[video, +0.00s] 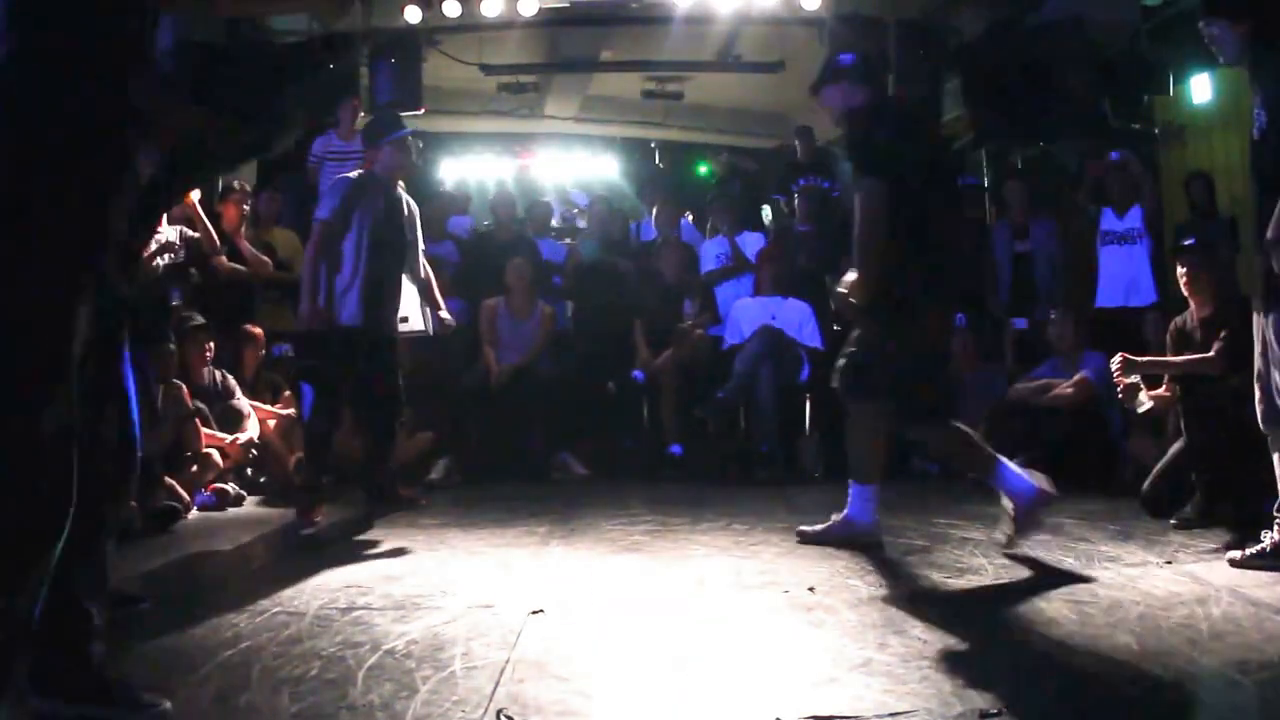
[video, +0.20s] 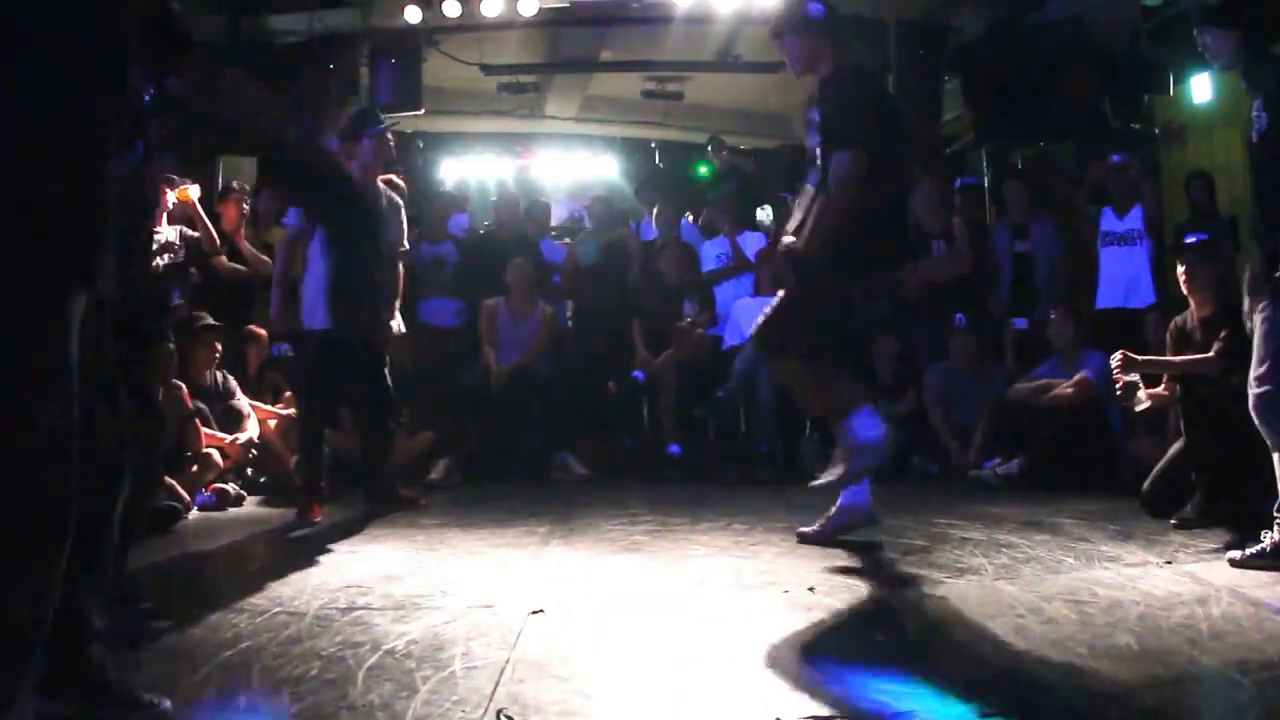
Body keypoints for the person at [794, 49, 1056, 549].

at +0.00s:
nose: (826, 110)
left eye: (828, 97)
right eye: (823, 100)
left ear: (850, 89)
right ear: (866, 91)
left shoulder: (871, 131)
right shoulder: (905, 127)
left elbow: (874, 214)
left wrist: (860, 279)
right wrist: (867, 275)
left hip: (900, 287)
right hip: (927, 285)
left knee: (859, 382)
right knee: (914, 408)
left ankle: (860, 513)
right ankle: (1020, 486)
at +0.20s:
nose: (784, 54)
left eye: (788, 41)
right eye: (781, 44)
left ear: (816, 36)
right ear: (810, 41)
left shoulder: (848, 86)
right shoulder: (831, 92)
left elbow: (845, 175)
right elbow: (815, 180)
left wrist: (804, 246)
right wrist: (790, 235)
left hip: (856, 248)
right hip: (847, 247)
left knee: (777, 336)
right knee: (840, 360)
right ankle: (855, 494)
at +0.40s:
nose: (779, 66)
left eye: (789, 54)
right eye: (776, 55)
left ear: (818, 56)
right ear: (777, 57)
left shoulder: (844, 122)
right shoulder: (772, 111)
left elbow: (822, 219)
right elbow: (731, 181)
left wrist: (757, 272)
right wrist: (699, 214)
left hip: (814, 274)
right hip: (774, 270)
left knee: (759, 393)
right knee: (806, 387)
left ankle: (714, 529)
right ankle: (836, 507)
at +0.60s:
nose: (710, 102)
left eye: (715, 90)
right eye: (706, 92)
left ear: (745, 81)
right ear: (713, 87)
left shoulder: (808, 132)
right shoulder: (725, 134)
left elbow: (827, 236)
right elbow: (686, 220)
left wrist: (771, 284)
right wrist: (726, 205)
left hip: (798, 267)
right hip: (743, 257)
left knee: (735, 389)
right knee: (655, 306)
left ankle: (717, 528)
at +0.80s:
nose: (708, 56)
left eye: (713, 42)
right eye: (702, 48)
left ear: (748, 35)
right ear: (710, 50)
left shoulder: (811, 92)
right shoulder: (710, 111)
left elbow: (834, 192)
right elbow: (694, 204)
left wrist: (797, 265)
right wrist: (657, 286)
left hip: (798, 272)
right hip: (734, 272)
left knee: (758, 405)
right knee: (737, 402)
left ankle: (676, 507)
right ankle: (744, 560)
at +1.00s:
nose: (729, 45)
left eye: (737, 33)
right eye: (725, 36)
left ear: (771, 31)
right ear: (731, 40)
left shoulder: (823, 91)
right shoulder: (717, 95)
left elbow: (848, 188)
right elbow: (695, 186)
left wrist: (809, 247)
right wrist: (676, 259)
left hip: (794, 266)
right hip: (724, 262)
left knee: (765, 402)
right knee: (716, 388)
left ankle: (715, 527)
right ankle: (695, 527)